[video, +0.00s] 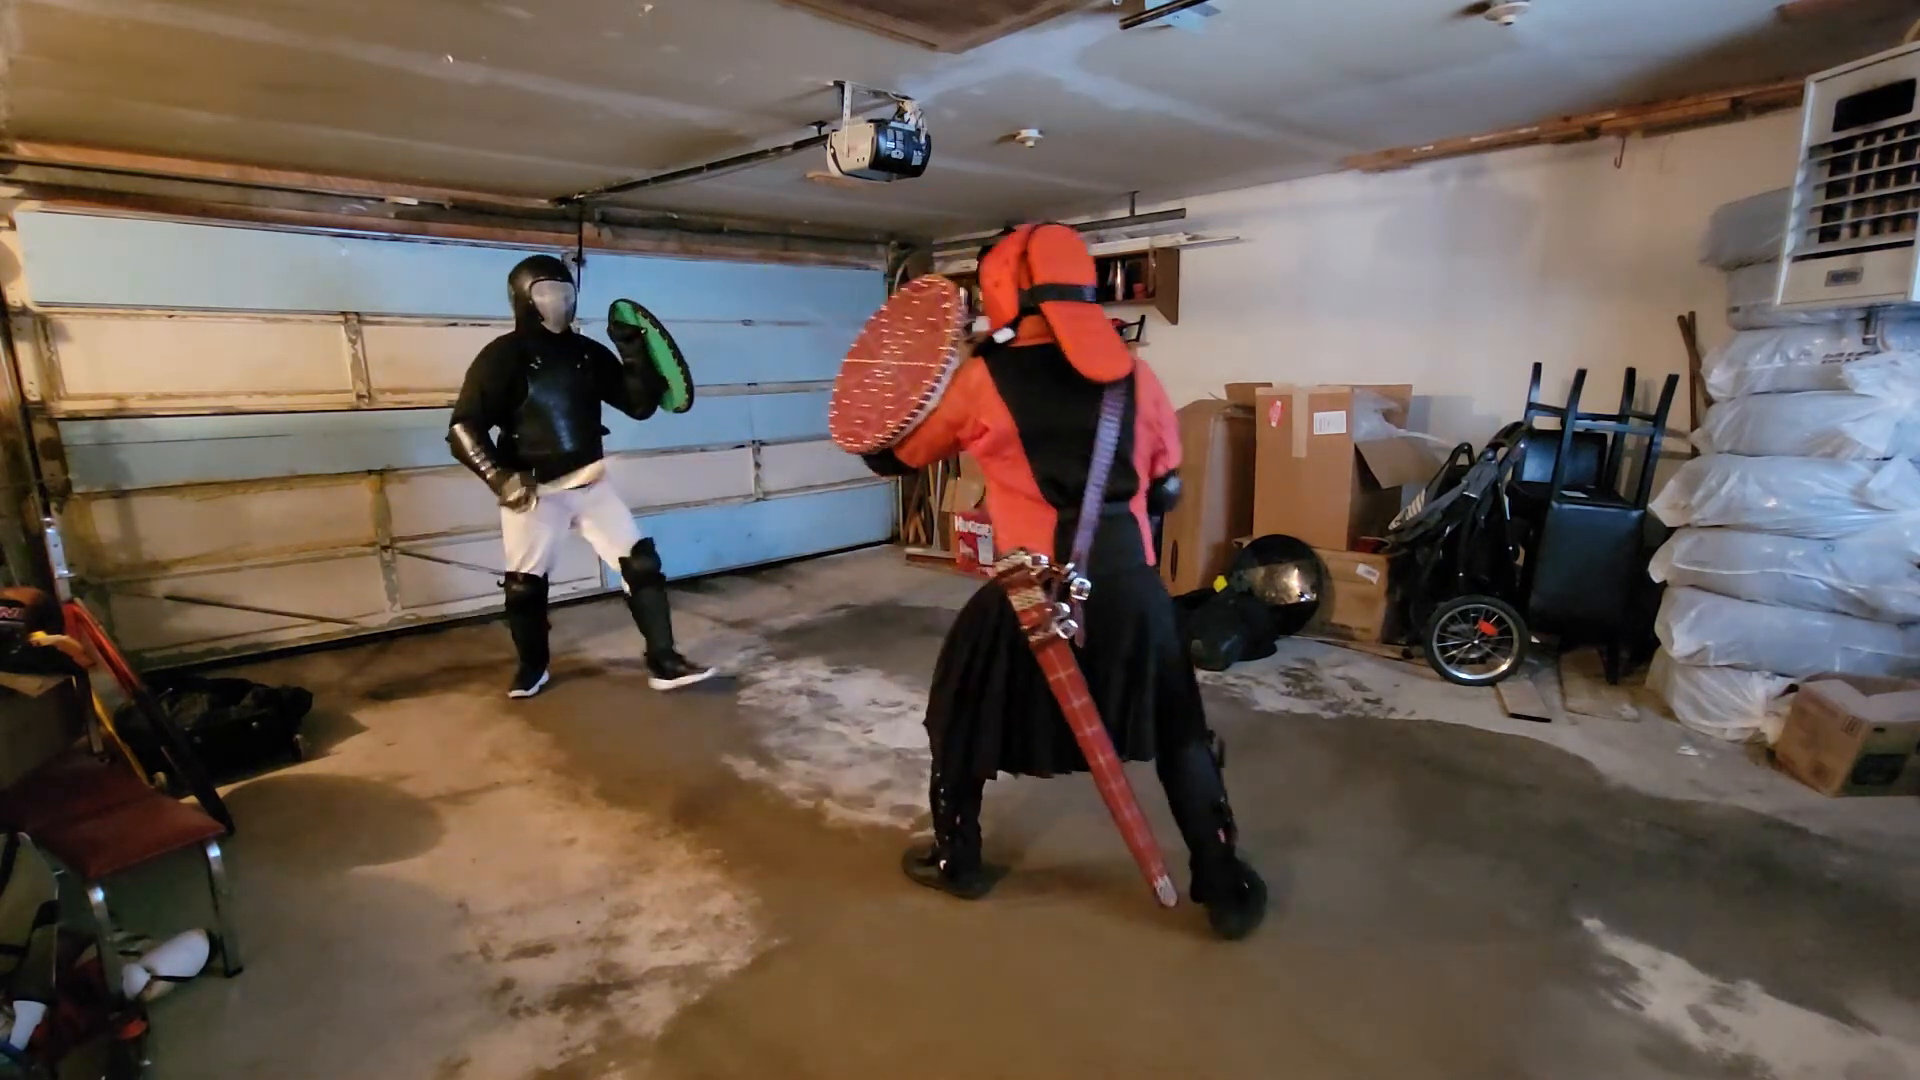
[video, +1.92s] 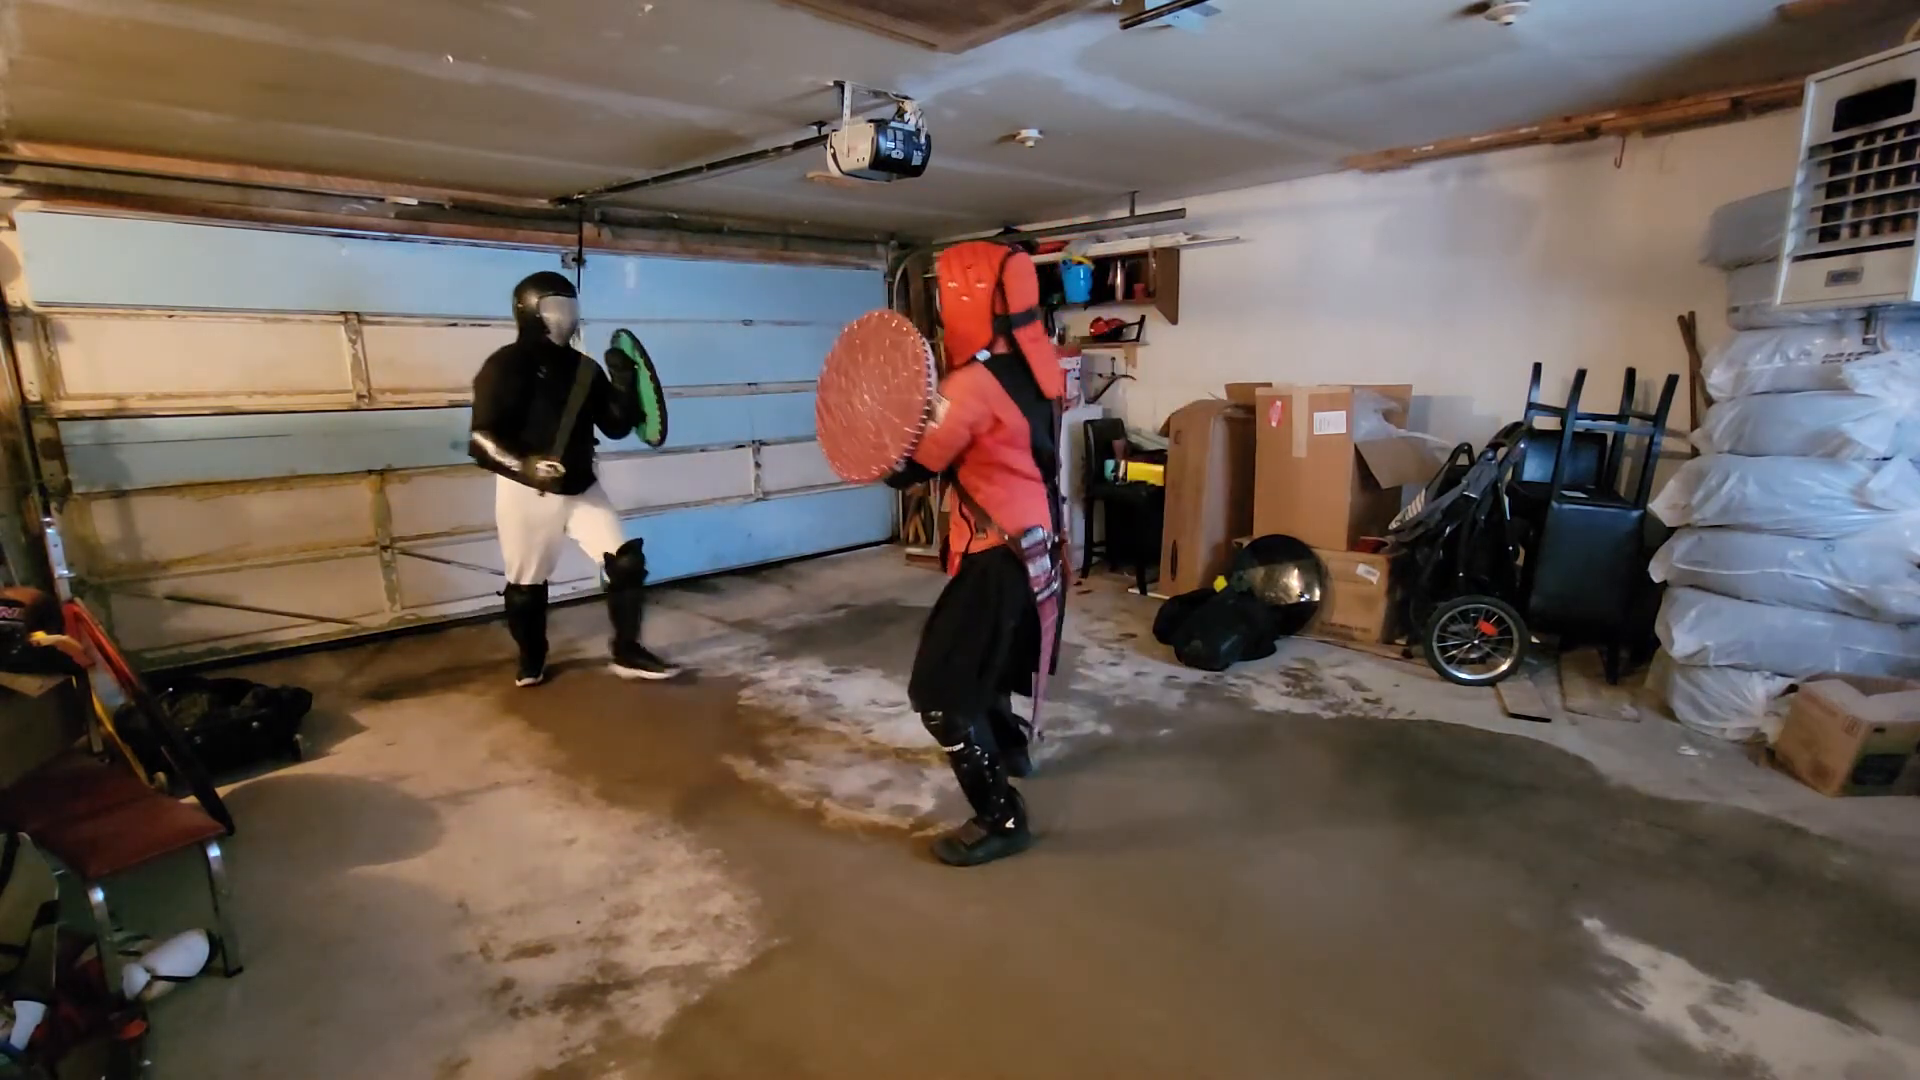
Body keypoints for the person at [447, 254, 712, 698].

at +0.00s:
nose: (567, 298)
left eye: (568, 289)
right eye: (556, 289)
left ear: (569, 294)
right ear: (529, 296)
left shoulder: (588, 353)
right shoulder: (502, 357)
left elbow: (640, 406)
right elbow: (463, 429)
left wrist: (634, 352)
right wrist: (499, 478)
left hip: (591, 484)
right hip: (532, 493)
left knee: (640, 563)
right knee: (524, 588)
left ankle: (664, 659)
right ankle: (532, 667)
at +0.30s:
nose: (601, 306)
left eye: (603, 297)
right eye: (591, 297)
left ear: (604, 301)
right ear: (563, 302)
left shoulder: (622, 362)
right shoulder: (535, 362)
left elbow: (674, 410)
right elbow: (513, 442)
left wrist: (669, 358)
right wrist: (554, 456)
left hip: (619, 494)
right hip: (556, 496)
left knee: (665, 573)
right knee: (539, 592)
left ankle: (685, 675)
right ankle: (534, 666)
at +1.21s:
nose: (643, 307)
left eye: (644, 298)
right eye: (633, 298)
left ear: (643, 304)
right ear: (603, 302)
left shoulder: (652, 362)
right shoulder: (570, 362)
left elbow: (694, 420)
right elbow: (547, 440)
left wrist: (695, 365)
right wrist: (603, 457)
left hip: (640, 494)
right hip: (581, 493)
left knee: (681, 576)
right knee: (558, 594)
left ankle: (686, 678)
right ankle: (556, 662)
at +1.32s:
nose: (649, 310)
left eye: (649, 301)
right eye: (640, 301)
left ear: (636, 308)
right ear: (610, 304)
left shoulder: (655, 363)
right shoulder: (583, 358)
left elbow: (688, 403)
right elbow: (595, 416)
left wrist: (693, 353)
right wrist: (656, 427)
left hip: (640, 492)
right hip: (584, 490)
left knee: (682, 573)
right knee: (561, 589)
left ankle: (686, 677)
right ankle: (558, 663)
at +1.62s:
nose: (619, 319)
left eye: (621, 310)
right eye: (608, 310)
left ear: (624, 315)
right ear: (581, 317)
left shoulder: (632, 378)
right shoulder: (563, 367)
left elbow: (664, 431)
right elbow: (571, 423)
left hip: (624, 500)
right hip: (570, 497)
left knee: (674, 575)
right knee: (553, 603)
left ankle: (686, 678)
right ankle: (528, 651)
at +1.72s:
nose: (603, 320)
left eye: (604, 310)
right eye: (593, 310)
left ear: (601, 315)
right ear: (565, 314)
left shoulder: (612, 374)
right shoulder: (540, 371)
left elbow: (645, 433)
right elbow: (534, 438)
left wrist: (653, 389)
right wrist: (588, 477)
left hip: (605, 496)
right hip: (549, 496)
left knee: (651, 576)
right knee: (537, 592)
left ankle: (684, 676)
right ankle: (530, 666)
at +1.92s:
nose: (575, 315)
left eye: (574, 306)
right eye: (566, 306)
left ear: (567, 311)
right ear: (538, 312)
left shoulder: (585, 369)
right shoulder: (503, 367)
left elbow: (616, 426)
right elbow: (481, 441)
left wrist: (625, 382)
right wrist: (526, 467)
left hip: (581, 489)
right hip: (526, 492)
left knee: (625, 561)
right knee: (526, 585)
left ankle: (628, 649)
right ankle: (532, 662)